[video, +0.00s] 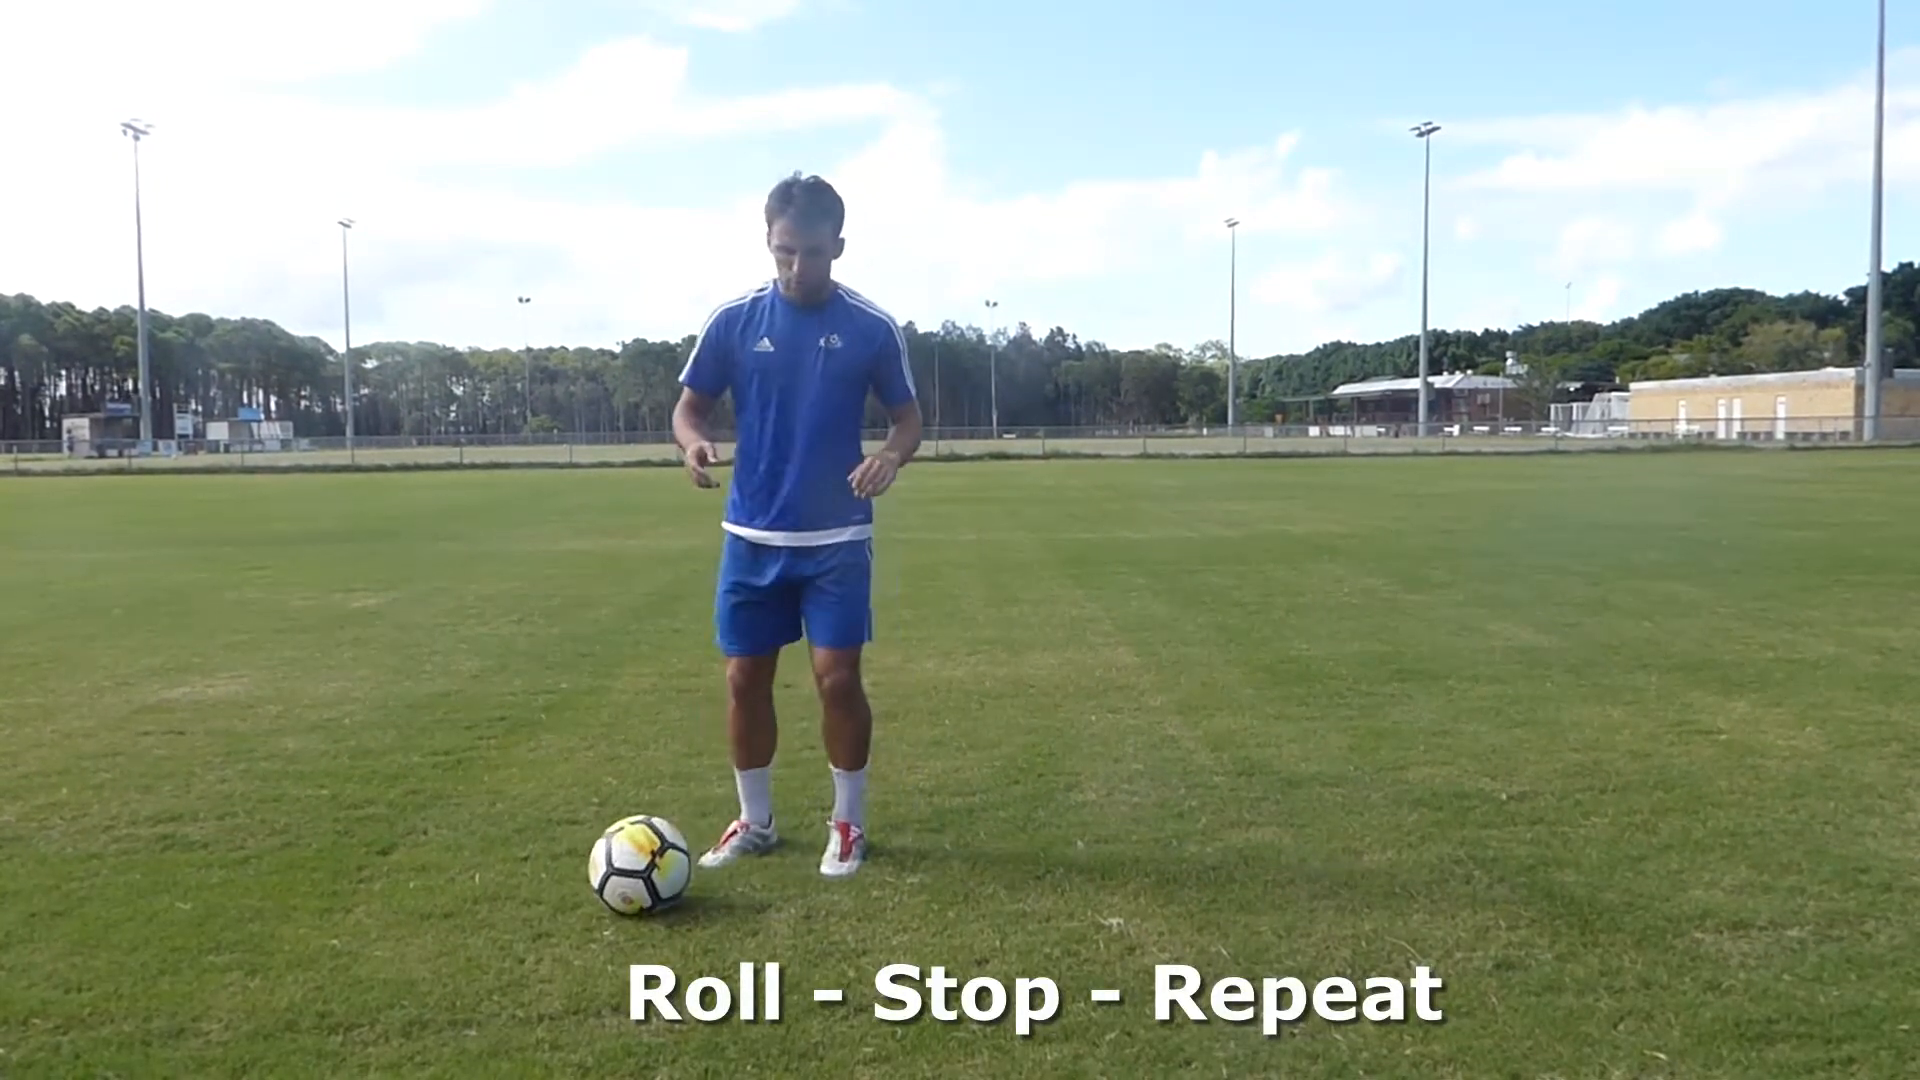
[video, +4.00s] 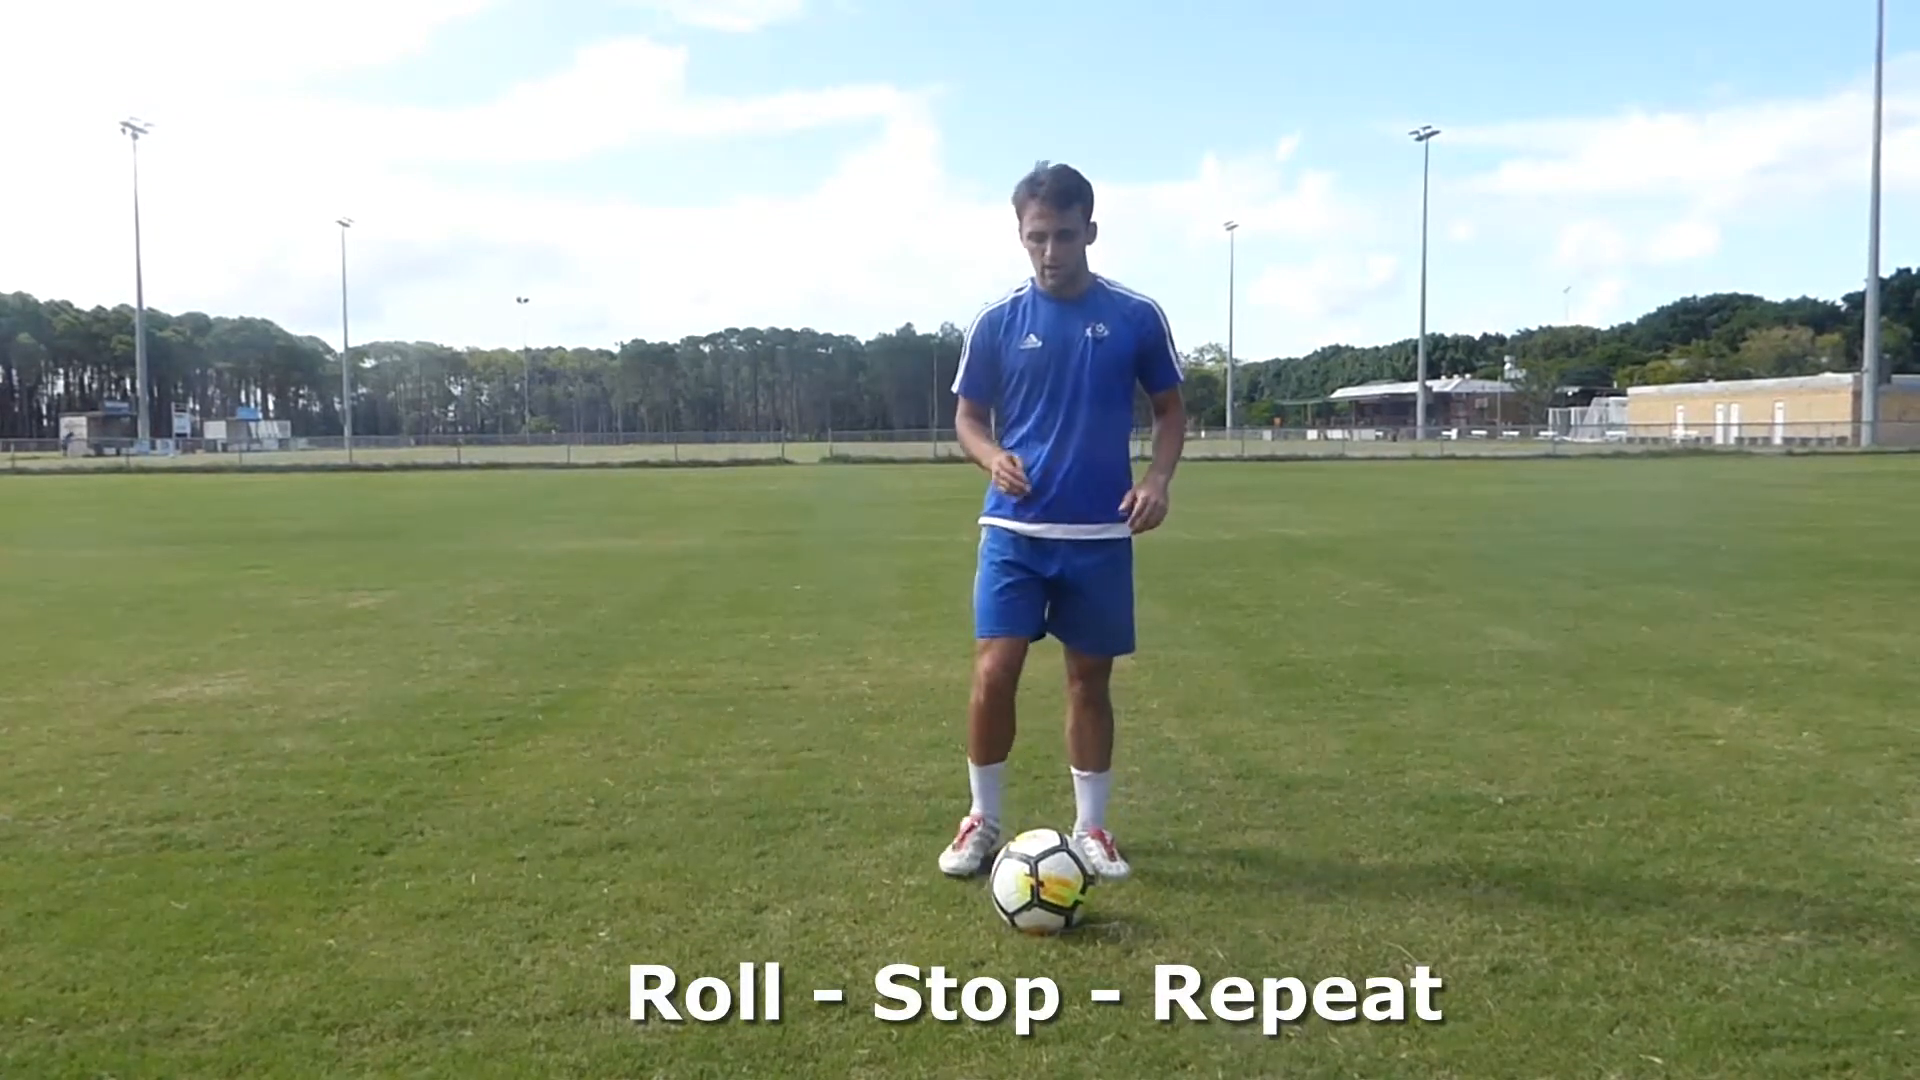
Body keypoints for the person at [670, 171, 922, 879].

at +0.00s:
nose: (794, 269)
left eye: (809, 253)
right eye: (782, 252)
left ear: (837, 245)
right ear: (766, 241)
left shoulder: (874, 331)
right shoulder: (734, 322)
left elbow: (908, 417)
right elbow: (688, 407)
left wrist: (890, 455)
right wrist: (694, 440)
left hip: (835, 537)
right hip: (751, 536)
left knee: (836, 677)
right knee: (745, 677)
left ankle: (847, 825)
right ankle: (753, 823)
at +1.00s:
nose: (849, 262)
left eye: (863, 247)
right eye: (837, 247)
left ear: (893, 240)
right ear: (823, 240)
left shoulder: (931, 333)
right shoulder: (794, 316)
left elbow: (962, 431)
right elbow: (763, 402)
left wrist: (931, 479)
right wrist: (744, 471)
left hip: (864, 538)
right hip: (781, 515)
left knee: (851, 687)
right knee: (712, 615)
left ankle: (839, 831)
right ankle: (690, 793)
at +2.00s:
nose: (915, 290)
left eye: (929, 274)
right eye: (901, 275)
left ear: (958, 258)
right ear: (886, 263)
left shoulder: (1009, 327)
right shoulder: (862, 349)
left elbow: (1059, 404)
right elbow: (833, 439)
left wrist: (1074, 462)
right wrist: (857, 524)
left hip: (1000, 545)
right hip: (918, 552)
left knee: (1014, 696)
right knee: (968, 695)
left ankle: (913, 793)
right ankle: (999, 844)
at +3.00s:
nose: (1015, 245)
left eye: (1029, 230)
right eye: (1001, 230)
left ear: (1055, 228)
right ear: (983, 233)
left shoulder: (1102, 316)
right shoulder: (959, 328)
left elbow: (1142, 401)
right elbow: (928, 419)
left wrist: (1148, 472)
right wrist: (940, 457)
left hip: (1089, 536)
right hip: (1002, 540)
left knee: (1091, 687)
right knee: (1011, 690)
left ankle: (1091, 830)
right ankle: (1003, 845)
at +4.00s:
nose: (1049, 253)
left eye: (1062, 237)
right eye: (1035, 238)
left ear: (1090, 229)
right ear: (1019, 236)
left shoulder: (1138, 318)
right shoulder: (997, 324)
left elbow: (1171, 410)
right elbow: (967, 417)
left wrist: (1157, 479)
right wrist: (992, 456)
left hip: (1097, 536)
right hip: (1012, 532)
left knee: (1090, 681)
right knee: (993, 674)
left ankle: (1090, 830)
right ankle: (985, 819)